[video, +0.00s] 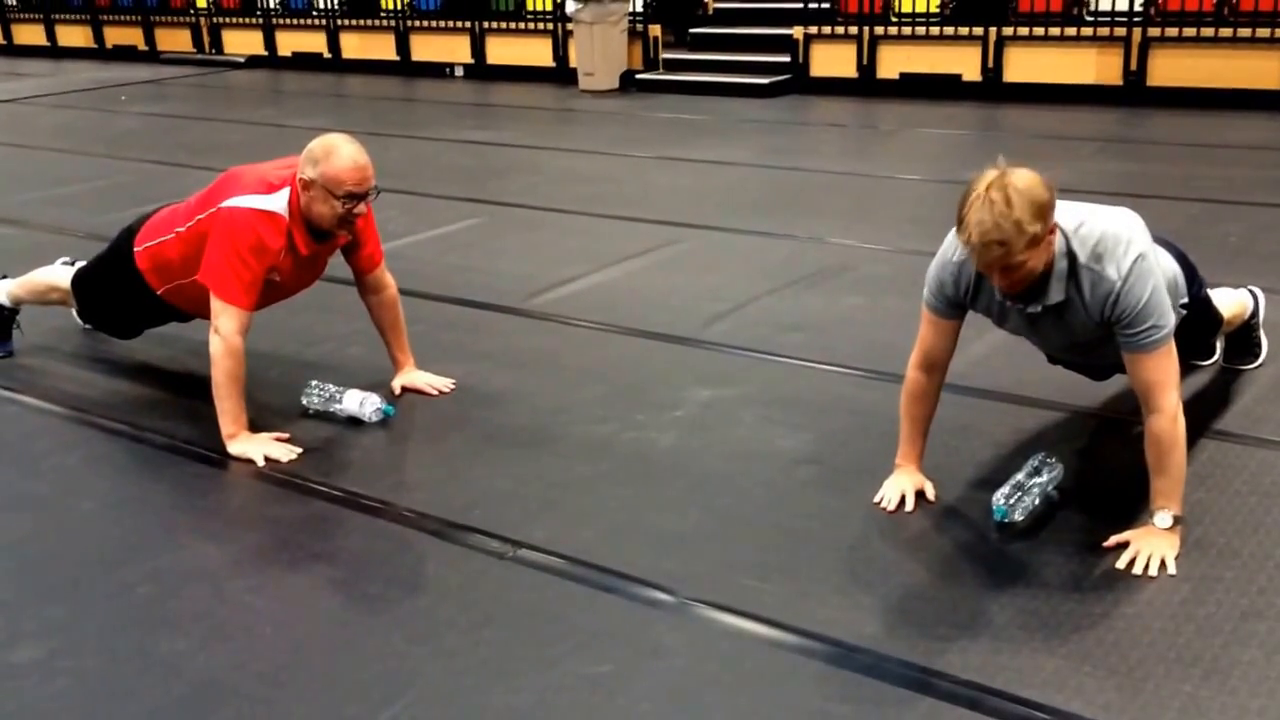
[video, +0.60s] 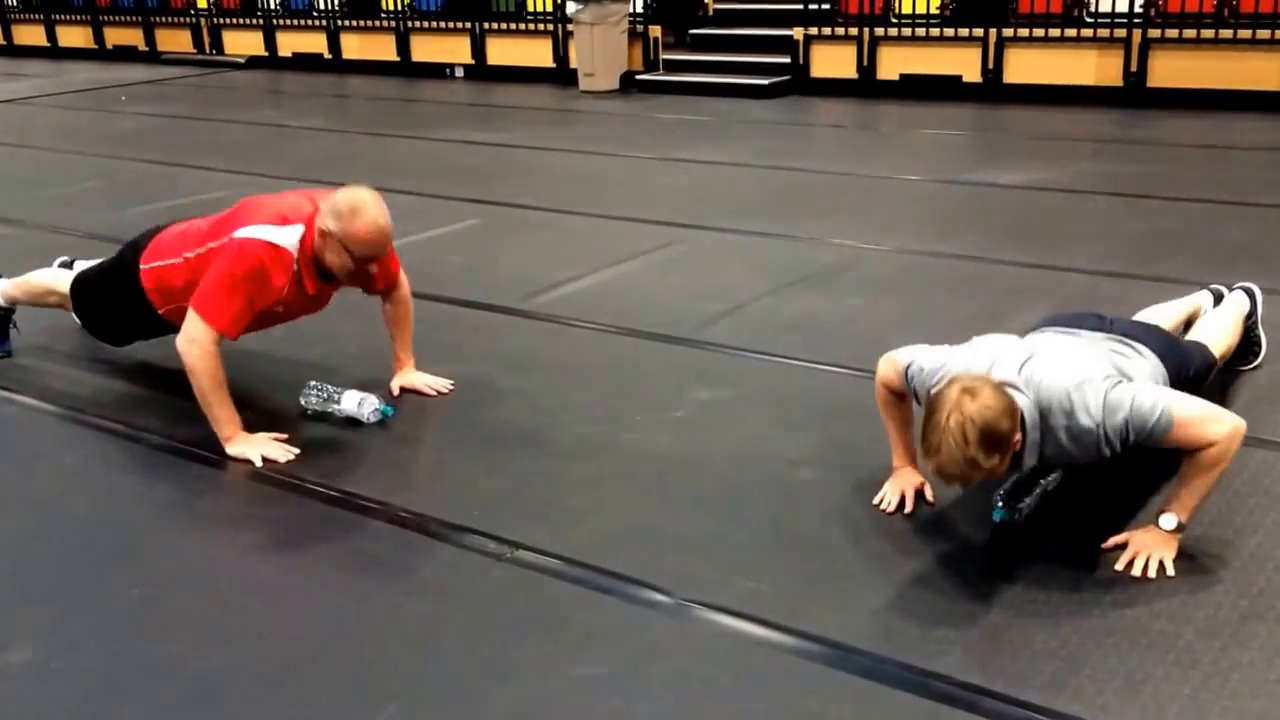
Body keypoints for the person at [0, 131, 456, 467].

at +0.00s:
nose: (359, 209)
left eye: (364, 197)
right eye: (349, 197)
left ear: (366, 189)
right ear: (306, 185)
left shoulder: (347, 205)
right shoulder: (251, 225)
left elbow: (377, 282)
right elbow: (227, 334)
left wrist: (405, 364)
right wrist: (236, 435)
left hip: (195, 280)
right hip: (144, 273)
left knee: (128, 305)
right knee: (76, 288)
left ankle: (80, 290)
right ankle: (5, 294)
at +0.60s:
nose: (366, 270)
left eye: (375, 258)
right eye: (357, 258)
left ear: (377, 235)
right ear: (324, 235)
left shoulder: (363, 232)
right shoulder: (260, 257)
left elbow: (395, 291)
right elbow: (195, 342)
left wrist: (405, 366)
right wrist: (234, 436)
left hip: (200, 258)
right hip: (152, 275)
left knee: (117, 281)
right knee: (76, 293)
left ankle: (76, 275)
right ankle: (6, 290)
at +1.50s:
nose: (356, 267)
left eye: (369, 257)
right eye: (349, 254)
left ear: (380, 226)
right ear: (323, 220)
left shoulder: (358, 209)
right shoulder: (253, 233)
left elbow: (379, 283)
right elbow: (217, 334)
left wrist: (401, 368)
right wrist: (231, 436)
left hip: (198, 271)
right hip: (149, 265)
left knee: (124, 300)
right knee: (79, 287)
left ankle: (82, 302)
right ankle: (5, 290)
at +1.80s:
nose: (374, 389)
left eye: (387, 384)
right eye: (368, 383)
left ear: (409, 326)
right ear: (347, 352)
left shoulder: (397, 294)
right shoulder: (274, 328)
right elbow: (173, 359)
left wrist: (398, 371)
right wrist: (230, 438)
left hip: (224, 285)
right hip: (161, 315)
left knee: (146, 286)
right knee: (73, 311)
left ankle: (68, 272)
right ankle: (7, 292)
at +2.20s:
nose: (358, 280)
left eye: (368, 270)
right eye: (350, 268)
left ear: (380, 242)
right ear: (323, 239)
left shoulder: (362, 235)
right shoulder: (249, 248)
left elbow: (390, 296)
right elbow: (196, 341)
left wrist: (400, 370)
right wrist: (228, 439)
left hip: (203, 266)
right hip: (147, 273)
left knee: (108, 288)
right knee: (74, 295)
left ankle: (68, 277)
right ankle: (9, 290)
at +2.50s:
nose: (363, 315)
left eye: (375, 306)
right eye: (358, 305)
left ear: (390, 282)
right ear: (333, 279)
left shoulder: (368, 250)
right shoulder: (258, 274)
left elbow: (400, 294)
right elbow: (185, 352)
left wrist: (401, 369)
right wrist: (228, 440)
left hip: (193, 259)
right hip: (142, 290)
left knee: (121, 272)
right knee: (69, 298)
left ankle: (73, 272)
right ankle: (5, 292)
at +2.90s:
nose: (368, 357)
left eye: (377, 351)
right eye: (365, 348)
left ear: (395, 314)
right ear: (339, 319)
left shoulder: (381, 286)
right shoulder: (264, 310)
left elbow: (408, 294)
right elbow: (174, 361)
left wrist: (399, 370)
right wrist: (227, 443)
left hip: (214, 279)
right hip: (154, 311)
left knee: (137, 284)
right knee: (77, 312)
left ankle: (67, 275)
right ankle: (6, 294)